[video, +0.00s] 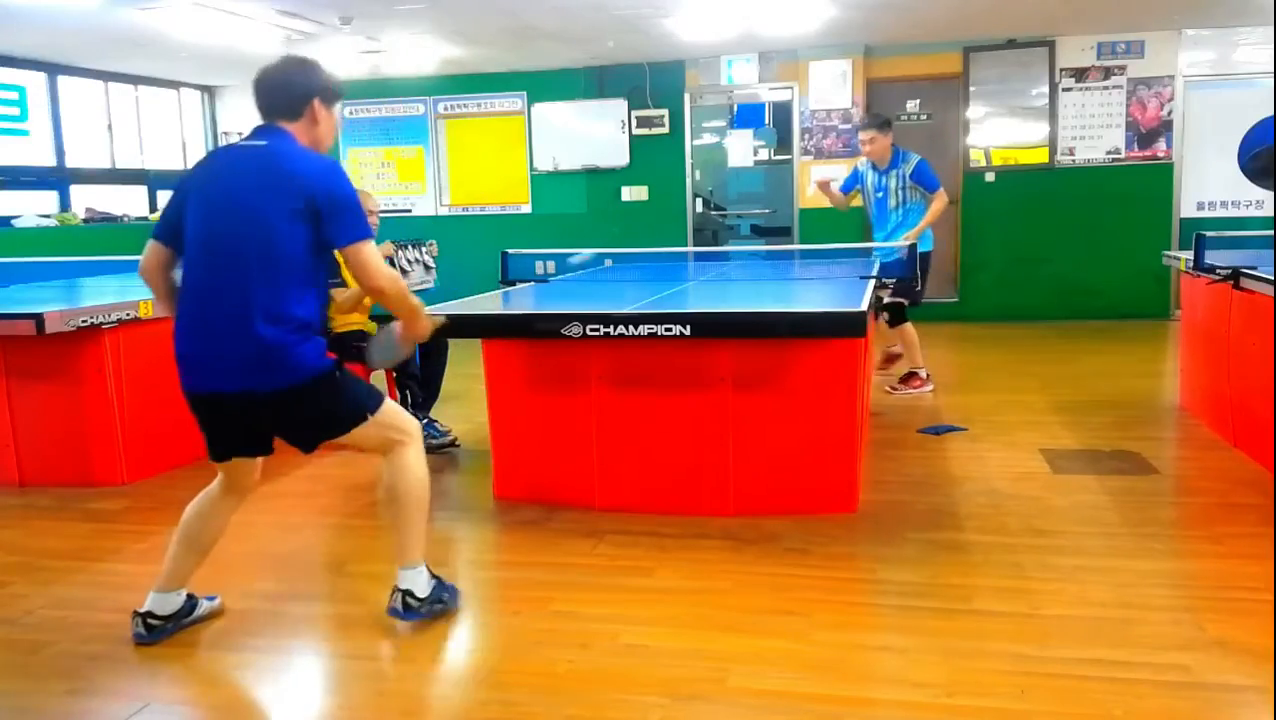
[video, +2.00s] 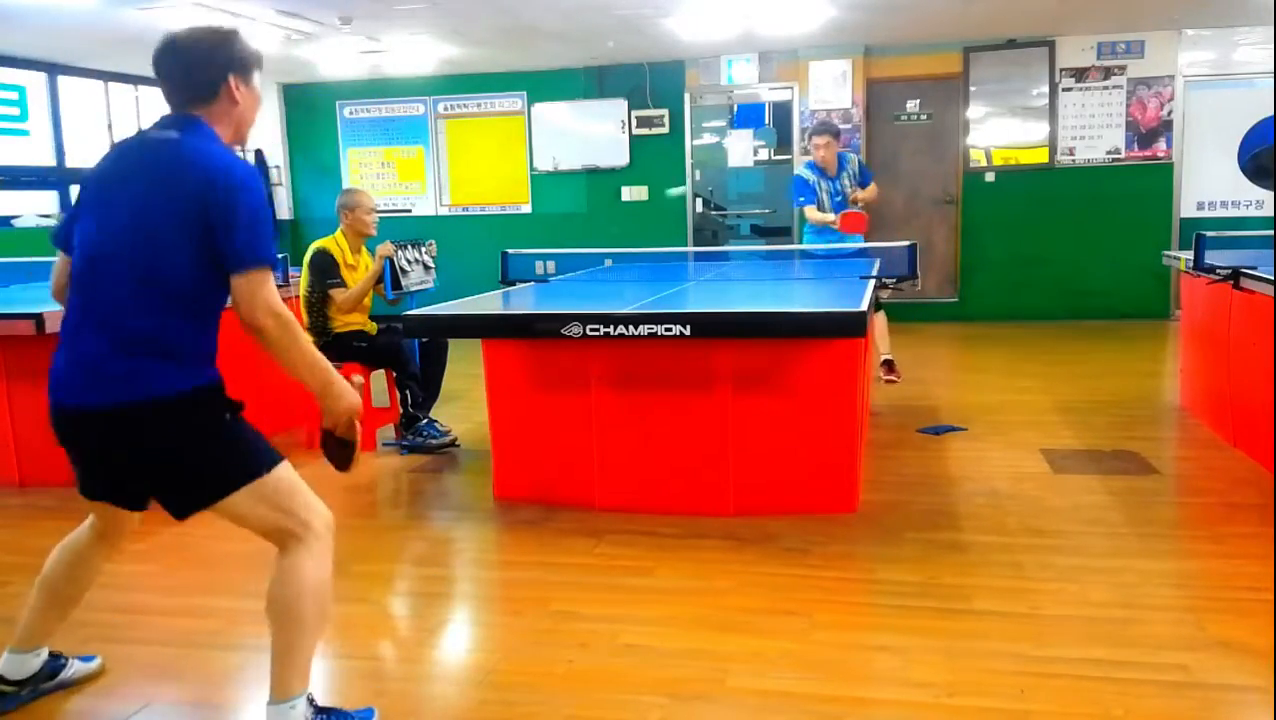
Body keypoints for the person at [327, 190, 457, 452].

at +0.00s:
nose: (376, 221)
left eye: (377, 215)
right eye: (370, 215)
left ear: (377, 217)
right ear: (350, 215)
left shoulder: (370, 252)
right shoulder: (333, 254)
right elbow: (341, 303)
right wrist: (376, 264)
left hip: (370, 329)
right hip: (344, 334)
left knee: (435, 339)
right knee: (405, 343)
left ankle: (420, 416)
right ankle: (414, 419)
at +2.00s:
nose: (376, 218)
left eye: (376, 212)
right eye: (371, 212)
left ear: (353, 217)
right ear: (347, 217)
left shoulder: (365, 255)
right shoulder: (322, 252)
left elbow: (391, 297)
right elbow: (344, 304)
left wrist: (420, 261)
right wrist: (378, 266)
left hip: (364, 331)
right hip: (334, 339)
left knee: (435, 339)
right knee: (402, 347)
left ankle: (419, 418)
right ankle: (411, 425)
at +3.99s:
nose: (377, 217)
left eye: (376, 211)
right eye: (374, 211)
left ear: (357, 218)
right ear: (358, 216)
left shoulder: (363, 253)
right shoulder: (321, 253)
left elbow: (389, 297)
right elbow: (343, 304)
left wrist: (416, 263)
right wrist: (377, 269)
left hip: (364, 330)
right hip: (334, 338)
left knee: (435, 340)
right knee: (401, 347)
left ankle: (419, 419)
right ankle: (412, 427)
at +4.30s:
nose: (377, 216)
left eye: (376, 210)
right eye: (371, 210)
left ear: (353, 216)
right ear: (348, 215)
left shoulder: (363, 253)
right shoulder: (322, 252)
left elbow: (389, 296)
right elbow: (343, 304)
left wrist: (417, 262)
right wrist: (377, 268)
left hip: (367, 330)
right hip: (339, 335)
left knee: (436, 338)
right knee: (397, 343)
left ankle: (420, 418)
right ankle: (402, 430)